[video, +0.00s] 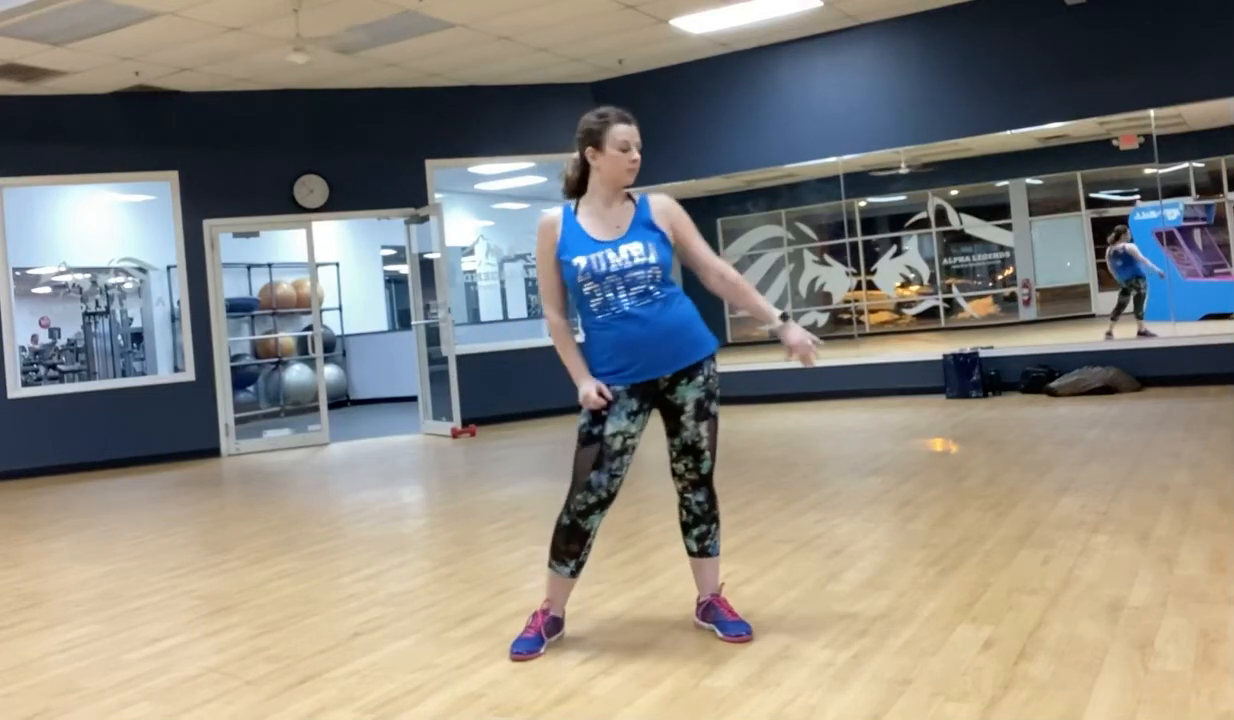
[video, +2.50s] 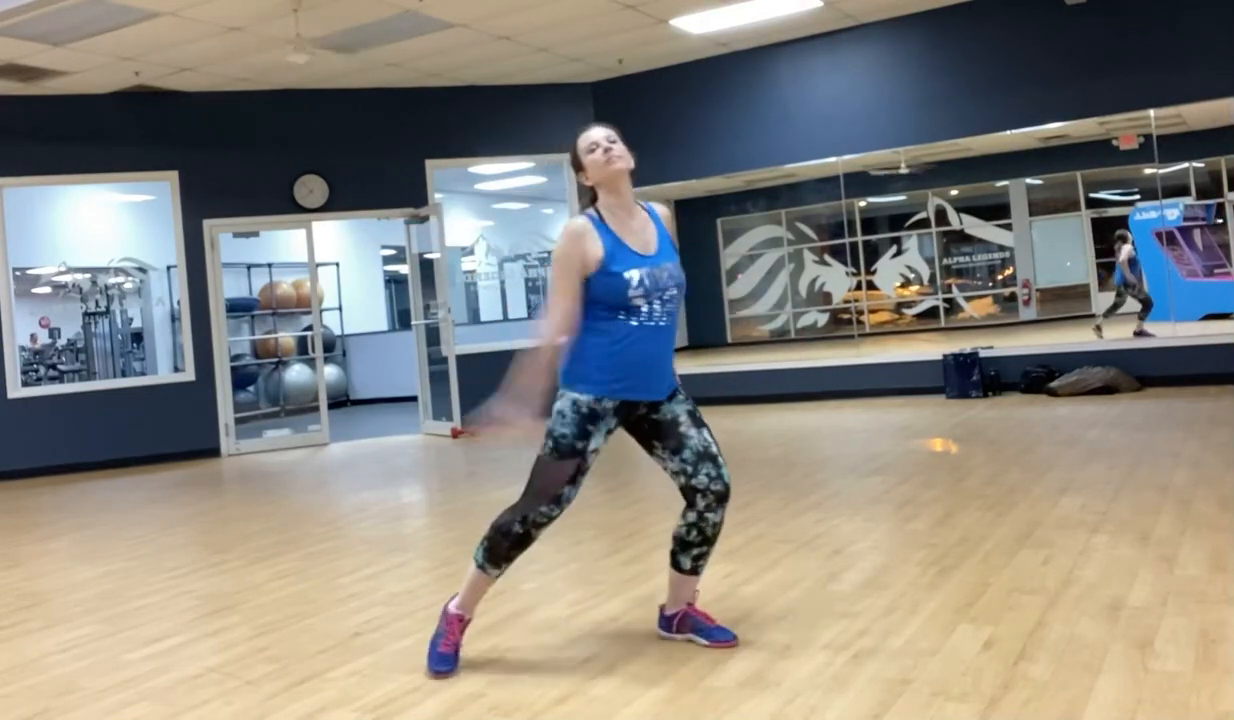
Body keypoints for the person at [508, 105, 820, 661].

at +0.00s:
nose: (636, 158)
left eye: (638, 149)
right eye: (624, 149)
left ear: (638, 154)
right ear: (591, 155)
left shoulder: (660, 209)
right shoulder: (557, 226)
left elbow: (722, 275)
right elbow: (554, 314)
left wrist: (781, 324)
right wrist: (582, 378)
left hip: (688, 364)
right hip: (615, 378)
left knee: (696, 482)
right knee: (588, 495)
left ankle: (710, 600)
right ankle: (550, 612)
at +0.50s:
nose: (594, 157)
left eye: (595, 147)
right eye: (580, 155)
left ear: (604, 150)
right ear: (559, 169)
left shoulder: (628, 229)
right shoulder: (539, 202)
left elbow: (643, 307)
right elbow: (486, 270)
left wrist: (683, 344)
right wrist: (464, 342)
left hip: (626, 371)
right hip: (555, 377)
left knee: (664, 482)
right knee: (554, 496)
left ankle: (705, 601)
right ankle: (546, 614)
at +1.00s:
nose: (591, 155)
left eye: (589, 143)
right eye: (576, 156)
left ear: (601, 143)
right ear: (562, 176)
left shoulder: (652, 203)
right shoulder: (552, 224)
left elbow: (707, 263)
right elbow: (536, 304)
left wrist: (696, 328)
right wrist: (510, 372)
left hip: (649, 371)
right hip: (572, 376)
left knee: (682, 484)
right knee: (559, 490)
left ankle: (712, 599)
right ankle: (545, 613)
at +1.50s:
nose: (590, 146)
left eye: (594, 136)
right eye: (576, 142)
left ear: (609, 143)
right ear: (561, 159)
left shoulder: (648, 212)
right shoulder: (544, 220)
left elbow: (694, 286)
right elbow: (510, 299)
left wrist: (747, 314)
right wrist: (498, 366)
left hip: (653, 370)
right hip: (576, 379)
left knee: (678, 484)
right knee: (560, 496)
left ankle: (711, 601)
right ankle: (546, 614)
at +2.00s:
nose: (551, 135)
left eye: (557, 126)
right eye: (539, 132)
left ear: (574, 138)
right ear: (525, 150)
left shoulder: (610, 207)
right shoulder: (505, 209)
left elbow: (645, 281)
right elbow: (429, 236)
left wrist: (640, 344)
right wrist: (348, 250)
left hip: (611, 369)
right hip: (537, 377)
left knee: (667, 468)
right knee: (538, 494)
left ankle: (697, 594)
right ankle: (544, 614)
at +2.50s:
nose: (609, 148)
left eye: (614, 141)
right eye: (595, 149)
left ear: (632, 157)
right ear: (584, 175)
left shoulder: (661, 216)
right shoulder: (579, 235)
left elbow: (659, 299)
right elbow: (556, 330)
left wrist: (659, 364)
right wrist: (519, 403)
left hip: (656, 389)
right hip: (591, 394)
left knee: (711, 489)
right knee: (539, 508)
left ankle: (679, 610)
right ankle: (458, 613)